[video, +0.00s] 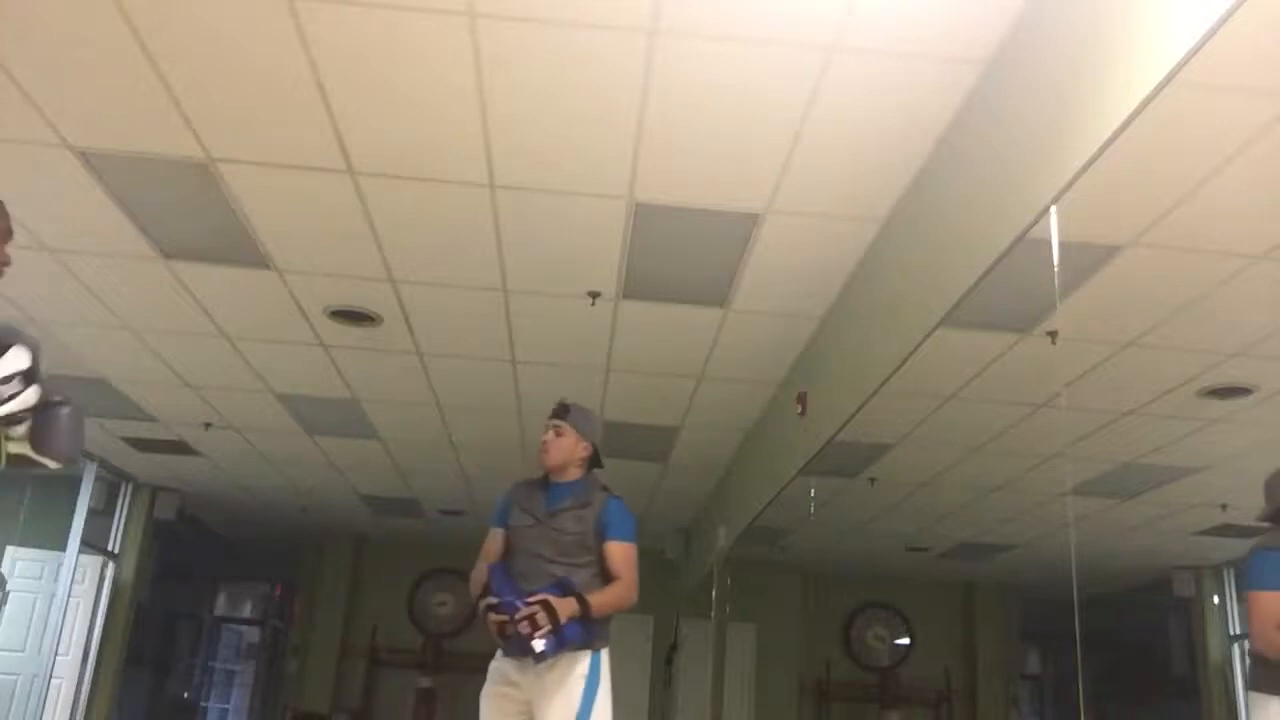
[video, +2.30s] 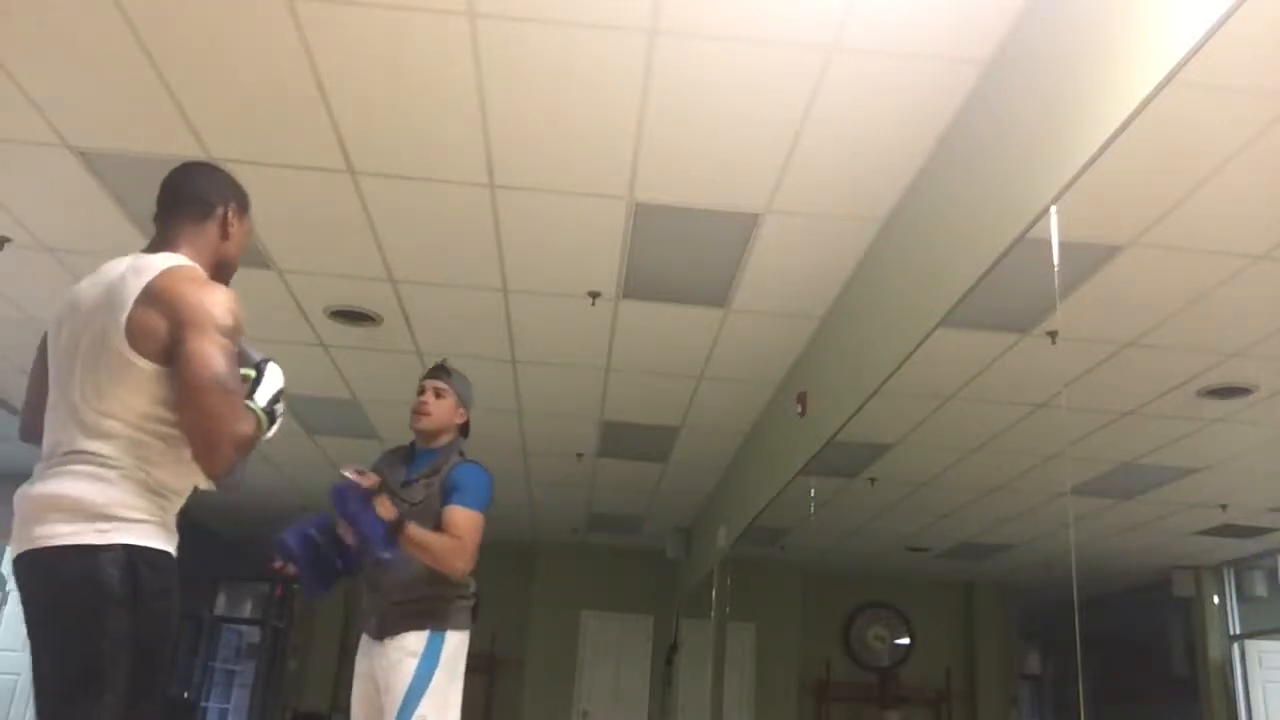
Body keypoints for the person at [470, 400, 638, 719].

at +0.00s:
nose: (545, 438)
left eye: (557, 432)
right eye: (546, 431)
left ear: (584, 448)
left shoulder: (608, 509)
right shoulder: (517, 497)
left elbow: (626, 590)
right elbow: (485, 565)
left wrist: (569, 607)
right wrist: (488, 607)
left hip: (574, 667)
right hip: (511, 662)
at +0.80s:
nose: (521, 434)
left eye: (533, 427)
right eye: (521, 427)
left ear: (560, 443)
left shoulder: (579, 500)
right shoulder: (499, 498)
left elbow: (590, 579)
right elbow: (471, 564)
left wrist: (520, 581)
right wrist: (461, 601)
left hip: (542, 660)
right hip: (482, 656)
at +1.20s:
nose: (484, 428)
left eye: (496, 422)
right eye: (483, 422)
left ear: (521, 439)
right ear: (478, 433)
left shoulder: (535, 491)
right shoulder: (459, 493)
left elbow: (543, 569)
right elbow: (426, 555)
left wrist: (471, 567)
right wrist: (405, 590)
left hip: (492, 650)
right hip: (436, 645)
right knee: (425, 713)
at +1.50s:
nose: (463, 428)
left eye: (476, 420)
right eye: (460, 420)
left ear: (500, 437)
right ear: (455, 429)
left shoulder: (516, 489)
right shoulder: (434, 488)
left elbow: (528, 566)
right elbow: (401, 550)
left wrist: (482, 516)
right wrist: (389, 587)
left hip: (477, 632)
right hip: (422, 631)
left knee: (460, 713)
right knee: (411, 713)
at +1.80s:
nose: (452, 420)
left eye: (465, 413)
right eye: (449, 413)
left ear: (489, 432)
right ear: (442, 423)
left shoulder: (503, 487)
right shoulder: (413, 486)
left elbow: (525, 567)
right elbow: (381, 549)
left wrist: (471, 539)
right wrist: (364, 591)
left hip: (458, 641)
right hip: (403, 639)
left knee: (438, 713)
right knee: (400, 713)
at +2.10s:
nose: (437, 402)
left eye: (451, 397)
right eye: (434, 396)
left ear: (475, 419)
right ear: (427, 409)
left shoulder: (482, 484)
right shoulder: (398, 470)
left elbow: (497, 571)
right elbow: (361, 528)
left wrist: (430, 555)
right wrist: (337, 577)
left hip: (439, 637)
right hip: (384, 634)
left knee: (421, 712)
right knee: (379, 713)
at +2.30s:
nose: (423, 400)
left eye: (438, 394)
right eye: (421, 392)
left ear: (461, 415)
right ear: (412, 404)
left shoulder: (467, 475)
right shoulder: (390, 462)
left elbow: (459, 559)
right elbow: (356, 533)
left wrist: (395, 522)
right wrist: (306, 556)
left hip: (430, 635)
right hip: (377, 630)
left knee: (416, 713)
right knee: (367, 712)